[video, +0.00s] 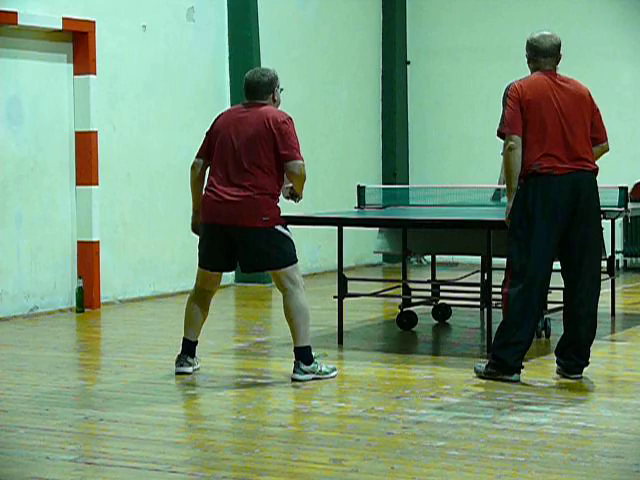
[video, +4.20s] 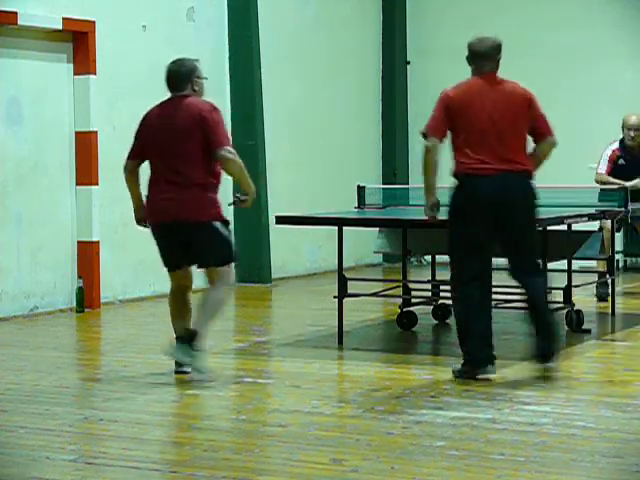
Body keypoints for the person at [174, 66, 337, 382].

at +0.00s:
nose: (280, 97)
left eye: (280, 93)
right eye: (280, 93)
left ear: (245, 94)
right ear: (274, 94)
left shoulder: (223, 119)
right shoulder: (278, 119)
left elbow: (198, 167)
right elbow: (296, 171)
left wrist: (197, 211)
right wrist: (296, 188)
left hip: (215, 217)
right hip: (260, 218)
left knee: (203, 288)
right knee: (291, 286)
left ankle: (186, 356)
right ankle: (304, 361)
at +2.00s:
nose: (289, 103)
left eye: (288, 98)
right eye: (287, 98)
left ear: (255, 99)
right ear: (278, 99)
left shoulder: (228, 120)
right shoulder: (284, 122)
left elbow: (202, 168)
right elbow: (298, 172)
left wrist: (210, 202)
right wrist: (297, 194)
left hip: (215, 214)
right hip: (260, 215)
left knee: (203, 288)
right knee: (292, 286)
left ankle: (186, 356)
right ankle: (304, 361)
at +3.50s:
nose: (265, 99)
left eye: (262, 95)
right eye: (263, 95)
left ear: (229, 98)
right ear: (259, 98)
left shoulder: (208, 123)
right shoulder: (275, 124)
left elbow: (177, 163)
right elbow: (326, 159)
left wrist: (166, 204)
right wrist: (321, 168)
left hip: (206, 216)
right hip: (252, 215)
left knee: (197, 287)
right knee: (286, 283)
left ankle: (185, 354)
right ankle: (305, 355)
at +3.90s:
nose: (244, 103)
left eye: (242, 98)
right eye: (242, 99)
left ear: (209, 105)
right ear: (235, 102)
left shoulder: (190, 135)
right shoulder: (253, 130)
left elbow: (158, 179)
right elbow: (291, 167)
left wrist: (147, 221)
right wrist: (298, 198)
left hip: (200, 228)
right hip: (245, 225)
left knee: (195, 287)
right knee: (282, 288)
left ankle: (185, 355)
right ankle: (305, 359)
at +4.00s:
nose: (227, 96)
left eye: (225, 91)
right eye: (225, 92)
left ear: (194, 97)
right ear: (220, 95)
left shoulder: (175, 128)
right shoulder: (235, 124)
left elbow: (147, 174)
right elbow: (258, 162)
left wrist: (140, 213)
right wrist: (278, 195)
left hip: (186, 222)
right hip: (230, 219)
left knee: (189, 287)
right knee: (264, 283)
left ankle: (185, 355)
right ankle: (293, 354)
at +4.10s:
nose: (215, 89)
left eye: (213, 85)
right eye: (213, 85)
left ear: (183, 89)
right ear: (205, 88)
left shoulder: (162, 121)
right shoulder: (219, 116)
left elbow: (137, 167)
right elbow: (237, 157)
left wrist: (139, 206)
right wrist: (261, 193)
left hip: (173, 218)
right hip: (215, 215)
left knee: (185, 284)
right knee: (245, 278)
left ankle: (184, 355)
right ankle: (246, 354)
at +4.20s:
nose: (204, 84)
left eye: (202, 79)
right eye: (201, 80)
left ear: (172, 84)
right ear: (193, 83)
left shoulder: (152, 116)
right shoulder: (206, 111)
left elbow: (131, 167)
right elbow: (224, 155)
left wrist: (138, 204)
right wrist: (248, 187)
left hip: (161, 214)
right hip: (201, 212)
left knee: (180, 282)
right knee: (223, 281)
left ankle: (183, 355)